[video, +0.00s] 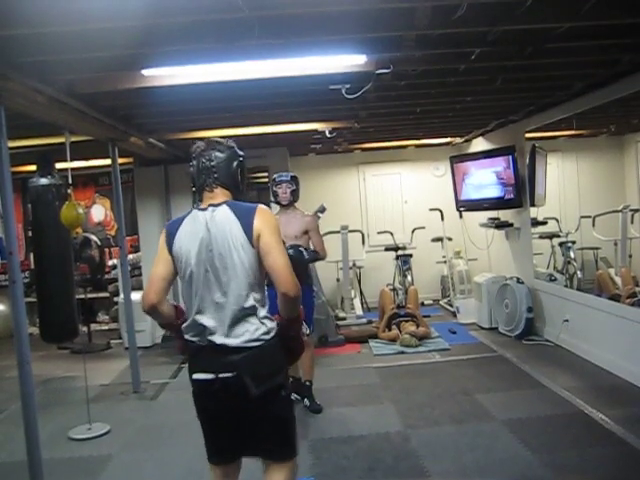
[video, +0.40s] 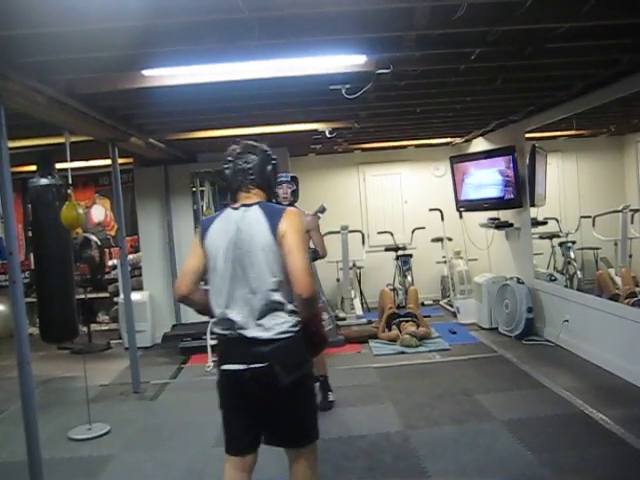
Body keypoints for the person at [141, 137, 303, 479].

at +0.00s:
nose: (243, 175)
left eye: (240, 169)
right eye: (240, 169)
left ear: (196, 179)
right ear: (235, 174)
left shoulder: (174, 229)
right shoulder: (257, 216)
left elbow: (151, 301)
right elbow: (289, 290)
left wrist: (182, 324)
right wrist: (290, 328)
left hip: (206, 372)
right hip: (260, 366)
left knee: (222, 467)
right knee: (279, 463)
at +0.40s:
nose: (278, 180)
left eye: (277, 175)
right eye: (275, 175)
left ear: (231, 180)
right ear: (267, 177)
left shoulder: (209, 226)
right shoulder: (285, 216)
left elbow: (184, 290)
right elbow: (305, 291)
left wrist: (224, 309)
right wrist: (312, 325)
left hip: (233, 362)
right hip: (284, 360)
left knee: (238, 461)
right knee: (302, 457)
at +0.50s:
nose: (289, 178)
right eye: (287, 172)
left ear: (245, 178)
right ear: (283, 176)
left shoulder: (223, 224)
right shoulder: (301, 215)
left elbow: (201, 289)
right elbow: (324, 286)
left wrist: (238, 307)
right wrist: (322, 317)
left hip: (248, 359)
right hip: (297, 355)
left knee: (247, 454)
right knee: (308, 451)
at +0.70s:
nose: (307, 174)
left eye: (272, 170)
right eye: (306, 169)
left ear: (267, 176)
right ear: (305, 174)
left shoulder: (247, 221)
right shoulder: (326, 213)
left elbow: (226, 286)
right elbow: (355, 280)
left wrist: (263, 301)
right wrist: (349, 310)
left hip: (270, 354)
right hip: (320, 351)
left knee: (264, 442)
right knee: (317, 445)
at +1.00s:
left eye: (286, 172)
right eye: (322, 171)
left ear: (282, 178)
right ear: (322, 176)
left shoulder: (264, 221)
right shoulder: (341, 214)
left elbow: (246, 286)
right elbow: (367, 281)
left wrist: (278, 288)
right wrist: (354, 306)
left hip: (284, 350)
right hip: (332, 349)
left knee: (288, 435)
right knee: (323, 445)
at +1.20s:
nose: (320, 179)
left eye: (289, 174)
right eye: (322, 173)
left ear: (284, 180)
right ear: (322, 178)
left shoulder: (264, 224)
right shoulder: (338, 215)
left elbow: (248, 288)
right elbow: (361, 282)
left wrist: (278, 280)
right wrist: (349, 295)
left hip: (286, 348)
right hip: (332, 345)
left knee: (294, 431)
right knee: (324, 443)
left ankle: (294, 476)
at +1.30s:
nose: (320, 181)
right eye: (320, 175)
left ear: (282, 182)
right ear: (318, 178)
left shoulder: (262, 225)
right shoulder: (333, 215)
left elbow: (247, 288)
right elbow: (357, 282)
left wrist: (279, 278)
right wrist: (344, 291)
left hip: (286, 346)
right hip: (330, 342)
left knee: (297, 430)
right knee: (325, 440)